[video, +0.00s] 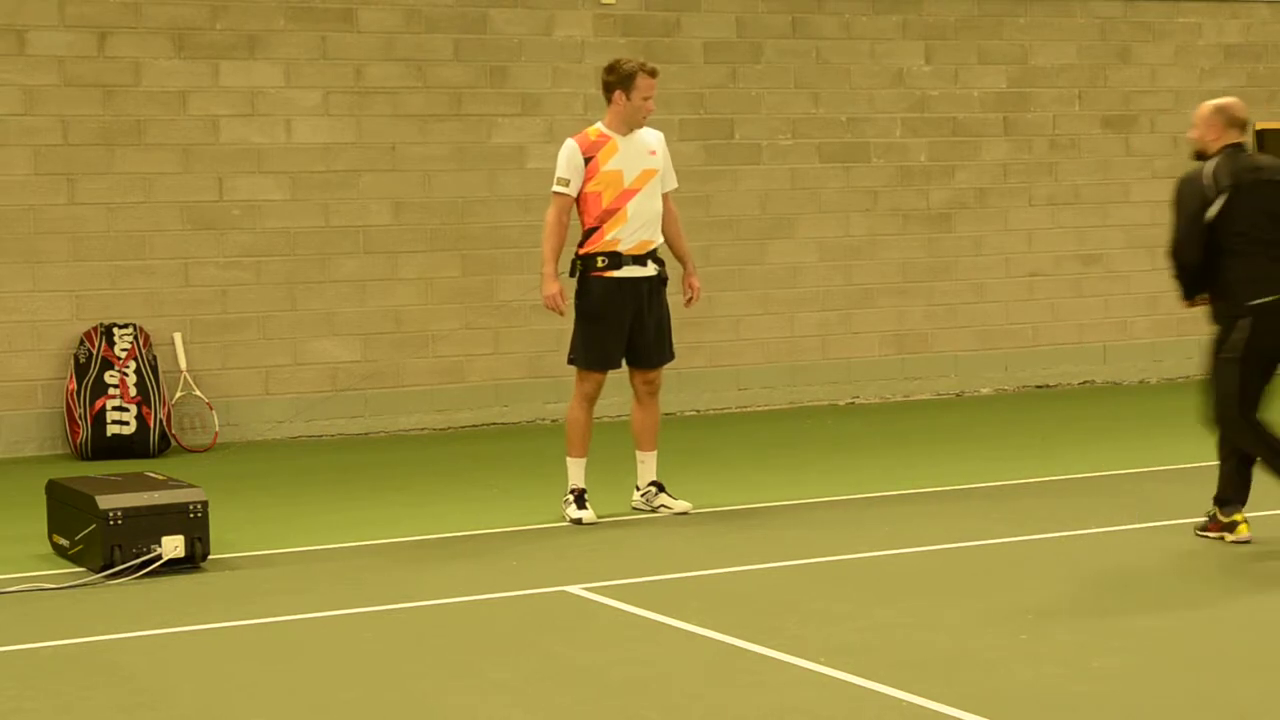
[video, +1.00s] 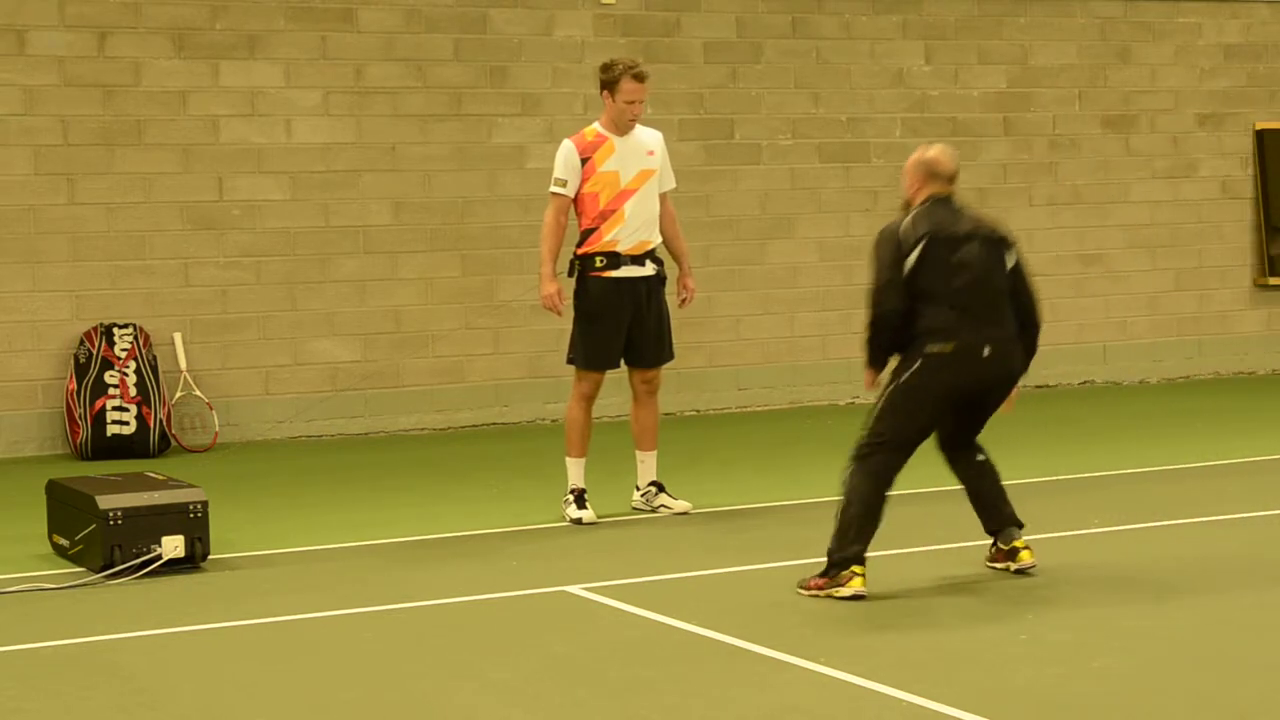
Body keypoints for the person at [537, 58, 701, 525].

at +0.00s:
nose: (652, 107)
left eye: (653, 99)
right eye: (646, 99)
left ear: (641, 99)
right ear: (618, 98)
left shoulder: (654, 142)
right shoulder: (579, 148)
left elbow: (666, 208)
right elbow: (558, 214)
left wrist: (687, 264)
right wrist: (549, 275)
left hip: (649, 281)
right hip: (601, 283)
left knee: (648, 384)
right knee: (588, 388)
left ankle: (647, 487)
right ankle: (576, 492)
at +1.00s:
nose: (638, 110)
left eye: (642, 102)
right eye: (630, 102)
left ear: (644, 100)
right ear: (606, 98)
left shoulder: (653, 142)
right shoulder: (576, 149)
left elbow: (665, 208)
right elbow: (556, 215)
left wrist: (684, 264)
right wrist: (548, 275)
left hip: (648, 280)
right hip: (599, 282)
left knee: (647, 383)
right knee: (586, 388)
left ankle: (647, 487)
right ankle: (576, 492)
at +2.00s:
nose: (649, 108)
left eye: (651, 100)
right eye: (643, 101)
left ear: (628, 100)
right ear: (616, 99)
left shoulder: (647, 141)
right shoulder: (580, 150)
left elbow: (657, 209)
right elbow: (571, 216)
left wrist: (676, 266)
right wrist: (589, 269)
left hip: (648, 279)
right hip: (602, 281)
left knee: (646, 384)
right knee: (587, 388)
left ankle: (647, 487)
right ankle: (576, 492)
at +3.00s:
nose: (644, 108)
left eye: (646, 100)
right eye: (637, 100)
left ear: (642, 99)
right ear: (609, 99)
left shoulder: (654, 142)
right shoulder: (576, 149)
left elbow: (711, 173)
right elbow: (564, 215)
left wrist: (776, 191)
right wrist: (569, 266)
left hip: (647, 281)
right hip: (598, 282)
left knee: (647, 383)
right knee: (586, 387)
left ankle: (647, 488)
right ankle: (576, 493)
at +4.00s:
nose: (623, 115)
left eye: (629, 107)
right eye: (615, 106)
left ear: (637, 102)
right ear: (597, 100)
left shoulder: (654, 143)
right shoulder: (577, 149)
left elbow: (707, 178)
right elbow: (563, 214)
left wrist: (769, 198)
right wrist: (567, 263)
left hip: (646, 280)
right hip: (598, 281)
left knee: (647, 383)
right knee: (586, 386)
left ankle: (647, 488)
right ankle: (575, 493)